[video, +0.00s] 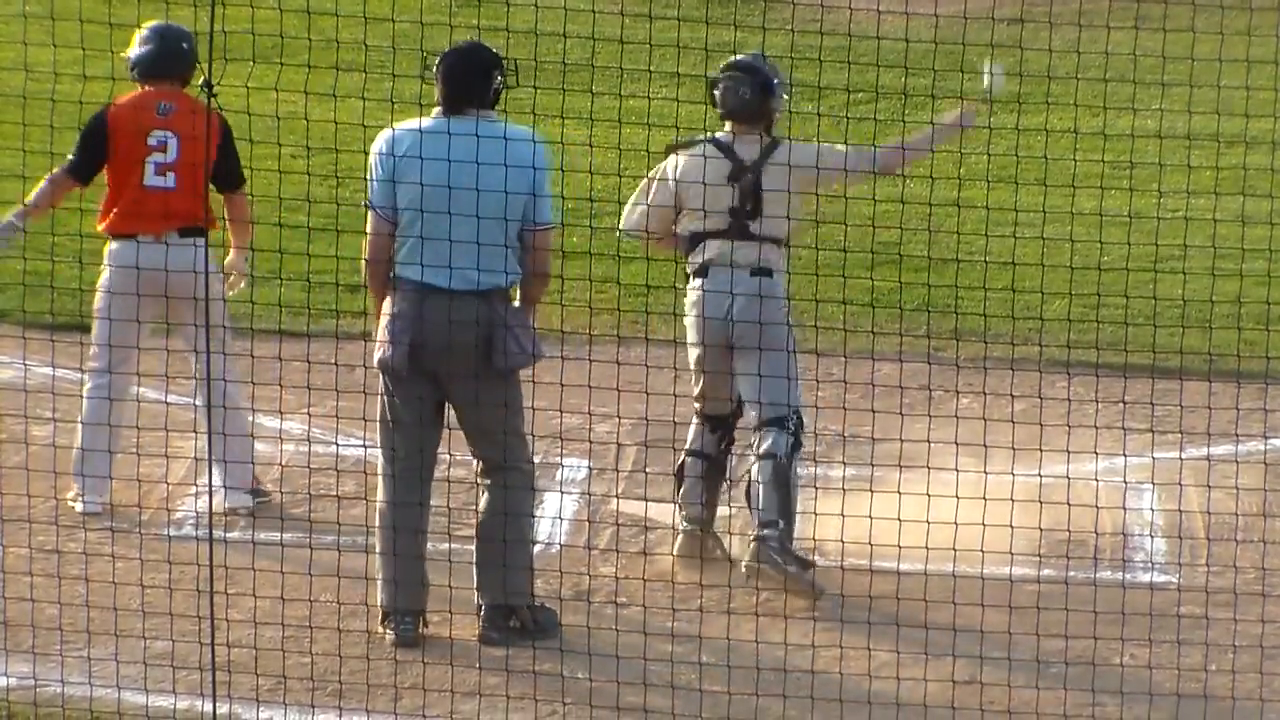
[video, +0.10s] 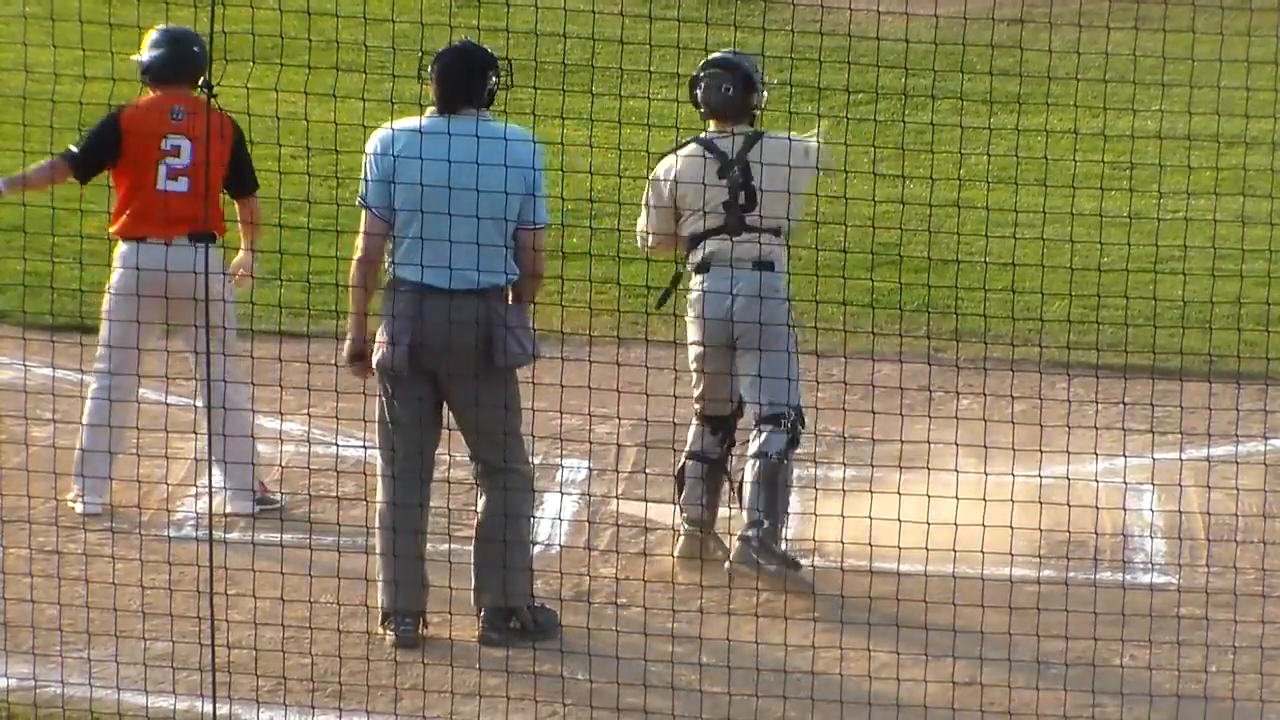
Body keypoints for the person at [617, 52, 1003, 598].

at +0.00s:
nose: (778, 107)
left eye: (773, 99)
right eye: (776, 100)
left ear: (721, 106)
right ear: (771, 107)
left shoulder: (685, 161)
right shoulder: (791, 158)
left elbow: (645, 229)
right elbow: (883, 161)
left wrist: (693, 241)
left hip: (706, 291)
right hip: (764, 293)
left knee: (712, 415)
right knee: (777, 418)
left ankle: (693, 528)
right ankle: (772, 540)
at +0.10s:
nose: (757, 101)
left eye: (708, 95)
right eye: (754, 94)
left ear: (700, 102)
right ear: (754, 101)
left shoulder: (675, 165)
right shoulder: (788, 154)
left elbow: (655, 242)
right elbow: (817, 147)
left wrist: (706, 233)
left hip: (706, 288)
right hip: (764, 290)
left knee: (713, 414)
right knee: (777, 415)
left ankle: (694, 529)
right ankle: (760, 536)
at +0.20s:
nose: (703, 103)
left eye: (696, 95)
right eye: (738, 95)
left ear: (692, 103)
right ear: (743, 101)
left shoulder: (672, 166)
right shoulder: (772, 153)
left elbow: (657, 243)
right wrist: (675, 161)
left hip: (709, 287)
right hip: (769, 285)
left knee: (710, 413)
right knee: (775, 412)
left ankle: (695, 526)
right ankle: (760, 529)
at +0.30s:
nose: (732, 102)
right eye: (735, 93)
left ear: (685, 99)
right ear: (738, 98)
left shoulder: (665, 164)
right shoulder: (765, 150)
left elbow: (657, 246)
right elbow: (725, 204)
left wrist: (633, 203)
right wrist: (644, 193)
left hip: (706, 286)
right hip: (768, 284)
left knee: (709, 412)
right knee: (777, 410)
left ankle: (693, 528)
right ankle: (766, 520)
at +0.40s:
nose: (738, 97)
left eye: (692, 88)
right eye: (736, 90)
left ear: (683, 93)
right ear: (735, 94)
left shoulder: (657, 162)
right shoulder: (762, 146)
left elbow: (653, 247)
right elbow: (752, 219)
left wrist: (677, 286)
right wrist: (687, 275)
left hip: (702, 285)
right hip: (762, 281)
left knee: (705, 410)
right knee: (780, 406)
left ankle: (692, 526)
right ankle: (767, 518)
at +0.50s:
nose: (739, 94)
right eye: (737, 87)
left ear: (683, 90)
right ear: (735, 92)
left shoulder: (654, 158)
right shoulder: (762, 147)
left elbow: (640, 249)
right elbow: (769, 221)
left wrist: (643, 318)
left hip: (696, 291)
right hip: (758, 286)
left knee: (701, 410)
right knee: (780, 409)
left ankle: (691, 526)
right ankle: (757, 523)